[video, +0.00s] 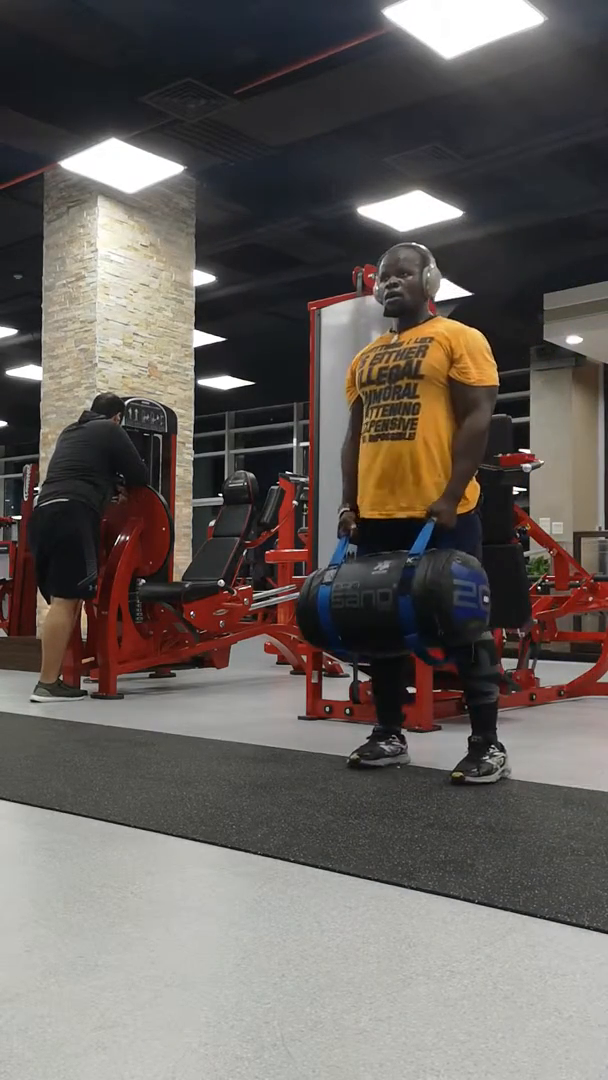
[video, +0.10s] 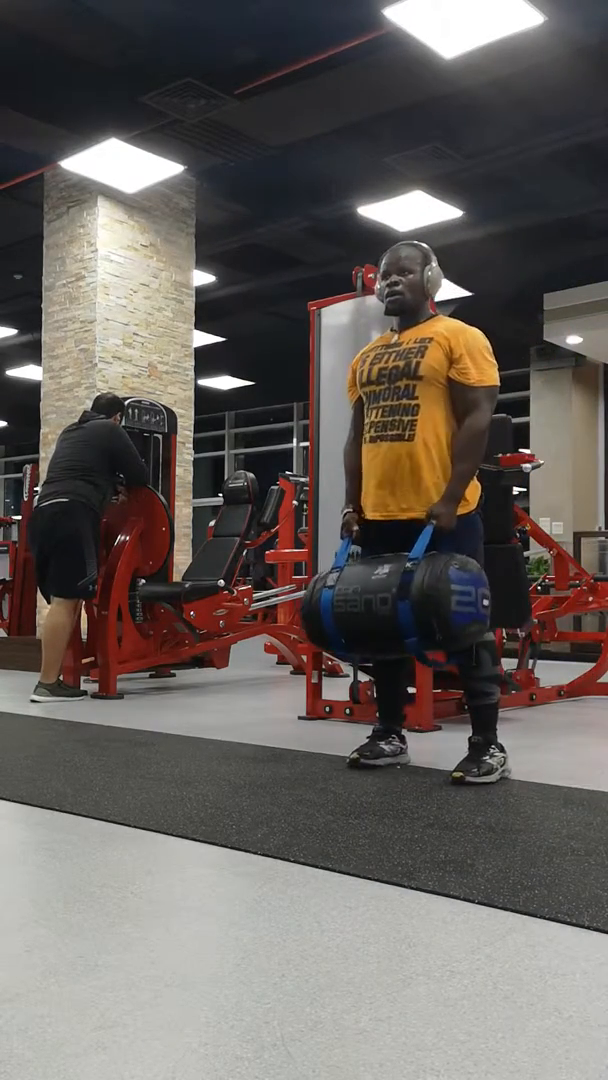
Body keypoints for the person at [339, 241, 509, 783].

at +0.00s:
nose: (387, 282)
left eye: (400, 273)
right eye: (383, 276)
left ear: (430, 282)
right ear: (378, 290)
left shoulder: (459, 338)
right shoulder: (365, 358)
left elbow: (477, 418)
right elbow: (354, 436)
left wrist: (452, 496)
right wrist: (349, 502)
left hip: (446, 513)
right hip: (377, 517)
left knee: (464, 620)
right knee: (377, 621)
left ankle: (485, 744)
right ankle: (387, 733)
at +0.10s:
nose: (388, 281)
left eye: (401, 272)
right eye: (383, 275)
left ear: (430, 281)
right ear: (379, 288)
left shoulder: (459, 337)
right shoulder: (366, 357)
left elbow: (477, 419)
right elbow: (357, 436)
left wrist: (451, 499)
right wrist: (352, 504)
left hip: (447, 512)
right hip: (380, 517)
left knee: (464, 621)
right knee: (381, 621)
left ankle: (486, 744)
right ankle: (388, 733)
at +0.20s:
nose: (383, 280)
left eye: (396, 271)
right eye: (380, 273)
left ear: (428, 279)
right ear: (377, 286)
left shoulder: (458, 336)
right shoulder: (365, 357)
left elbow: (478, 421)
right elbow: (359, 437)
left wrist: (453, 503)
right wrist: (355, 504)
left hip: (451, 512)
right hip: (384, 517)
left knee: (469, 621)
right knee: (386, 620)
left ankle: (486, 744)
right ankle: (388, 732)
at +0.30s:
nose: (374, 283)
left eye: (387, 273)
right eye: (370, 276)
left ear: (421, 282)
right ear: (368, 289)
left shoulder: (455, 339)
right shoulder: (361, 358)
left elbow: (483, 424)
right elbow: (361, 439)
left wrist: (462, 504)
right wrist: (360, 508)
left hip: (458, 517)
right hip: (392, 521)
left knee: (473, 623)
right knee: (390, 621)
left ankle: (487, 745)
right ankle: (389, 733)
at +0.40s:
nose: (362, 295)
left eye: (375, 286)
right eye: (359, 289)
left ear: (410, 292)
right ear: (357, 300)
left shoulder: (450, 351)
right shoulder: (352, 369)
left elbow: (490, 431)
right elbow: (358, 444)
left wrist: (468, 510)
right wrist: (362, 514)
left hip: (468, 517)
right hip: (401, 521)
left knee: (480, 623)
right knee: (399, 622)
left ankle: (487, 745)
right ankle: (390, 732)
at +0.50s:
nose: (357, 304)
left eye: (371, 296)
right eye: (354, 298)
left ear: (405, 305)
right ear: (352, 312)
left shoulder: (446, 363)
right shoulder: (347, 381)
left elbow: (495, 435)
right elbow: (359, 452)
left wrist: (471, 518)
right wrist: (363, 521)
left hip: (476, 516)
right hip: (410, 520)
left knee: (488, 622)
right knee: (402, 622)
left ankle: (488, 745)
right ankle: (391, 733)